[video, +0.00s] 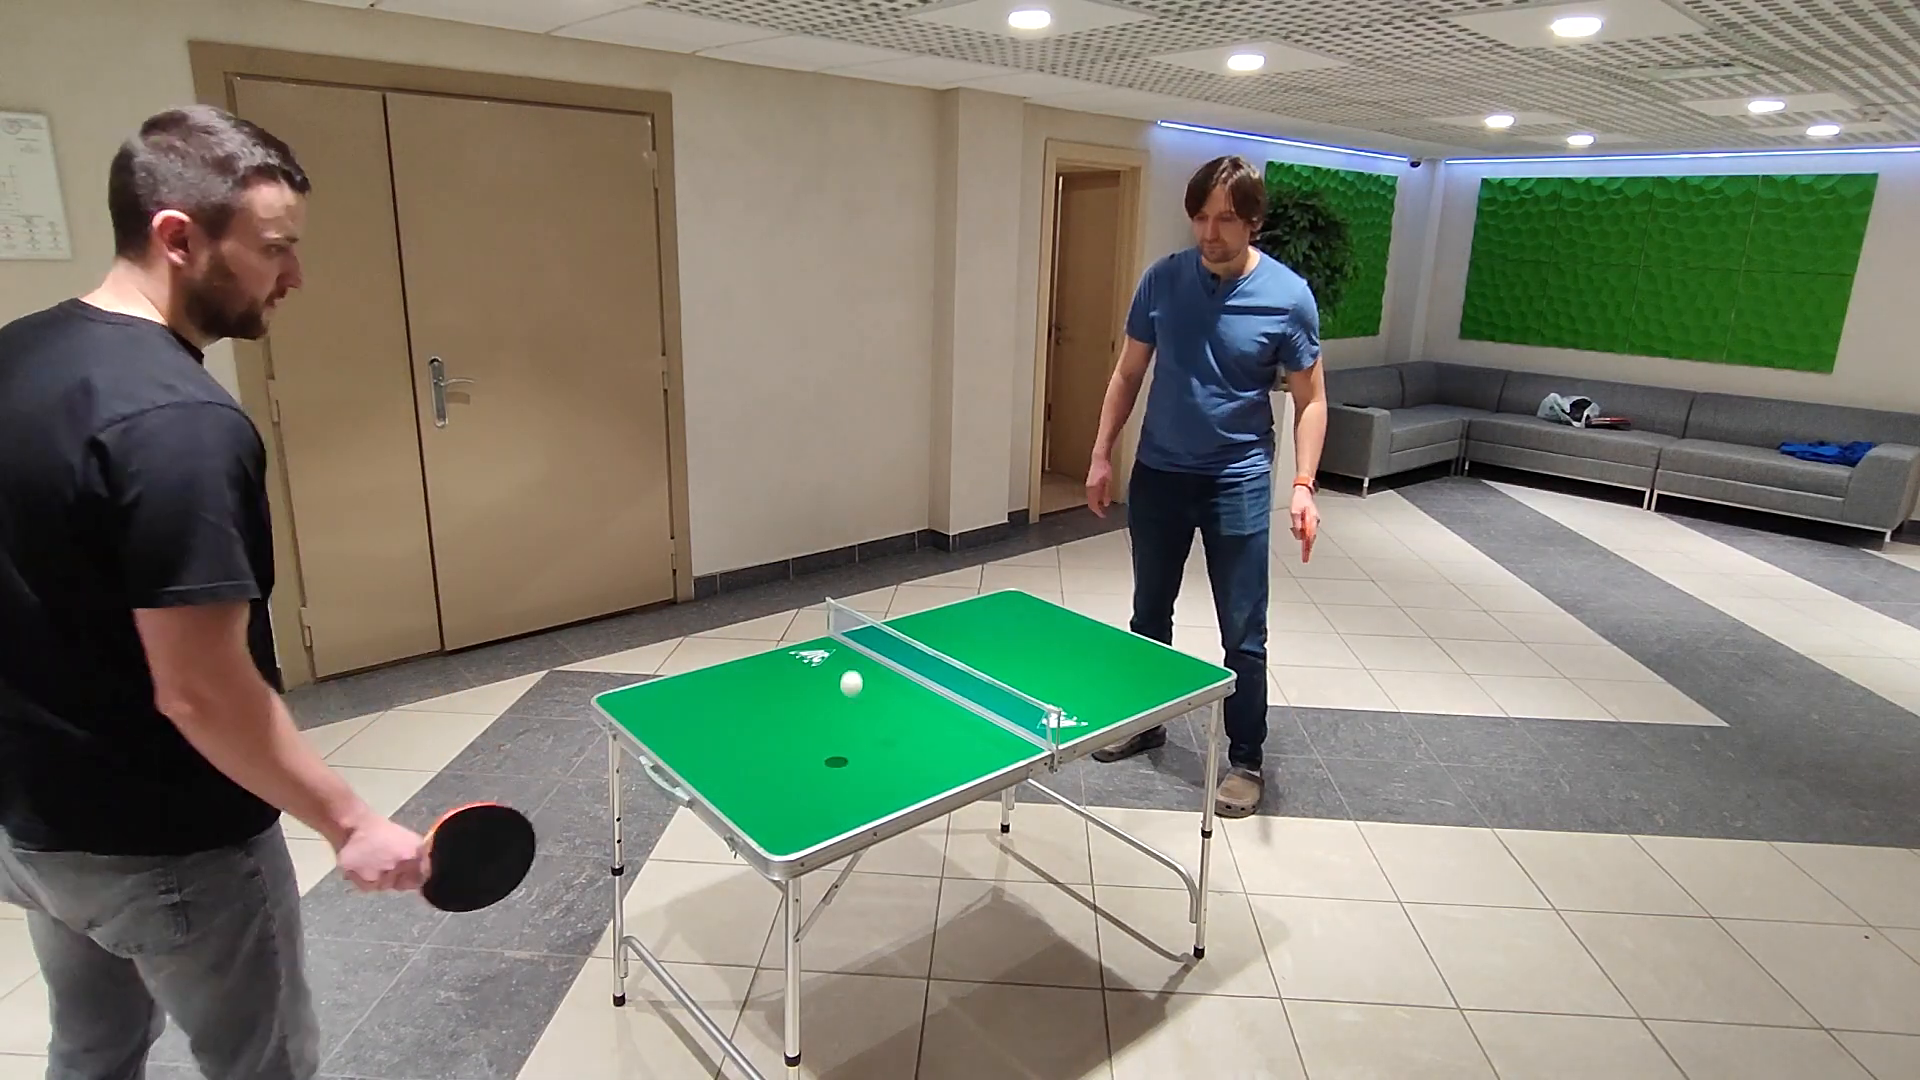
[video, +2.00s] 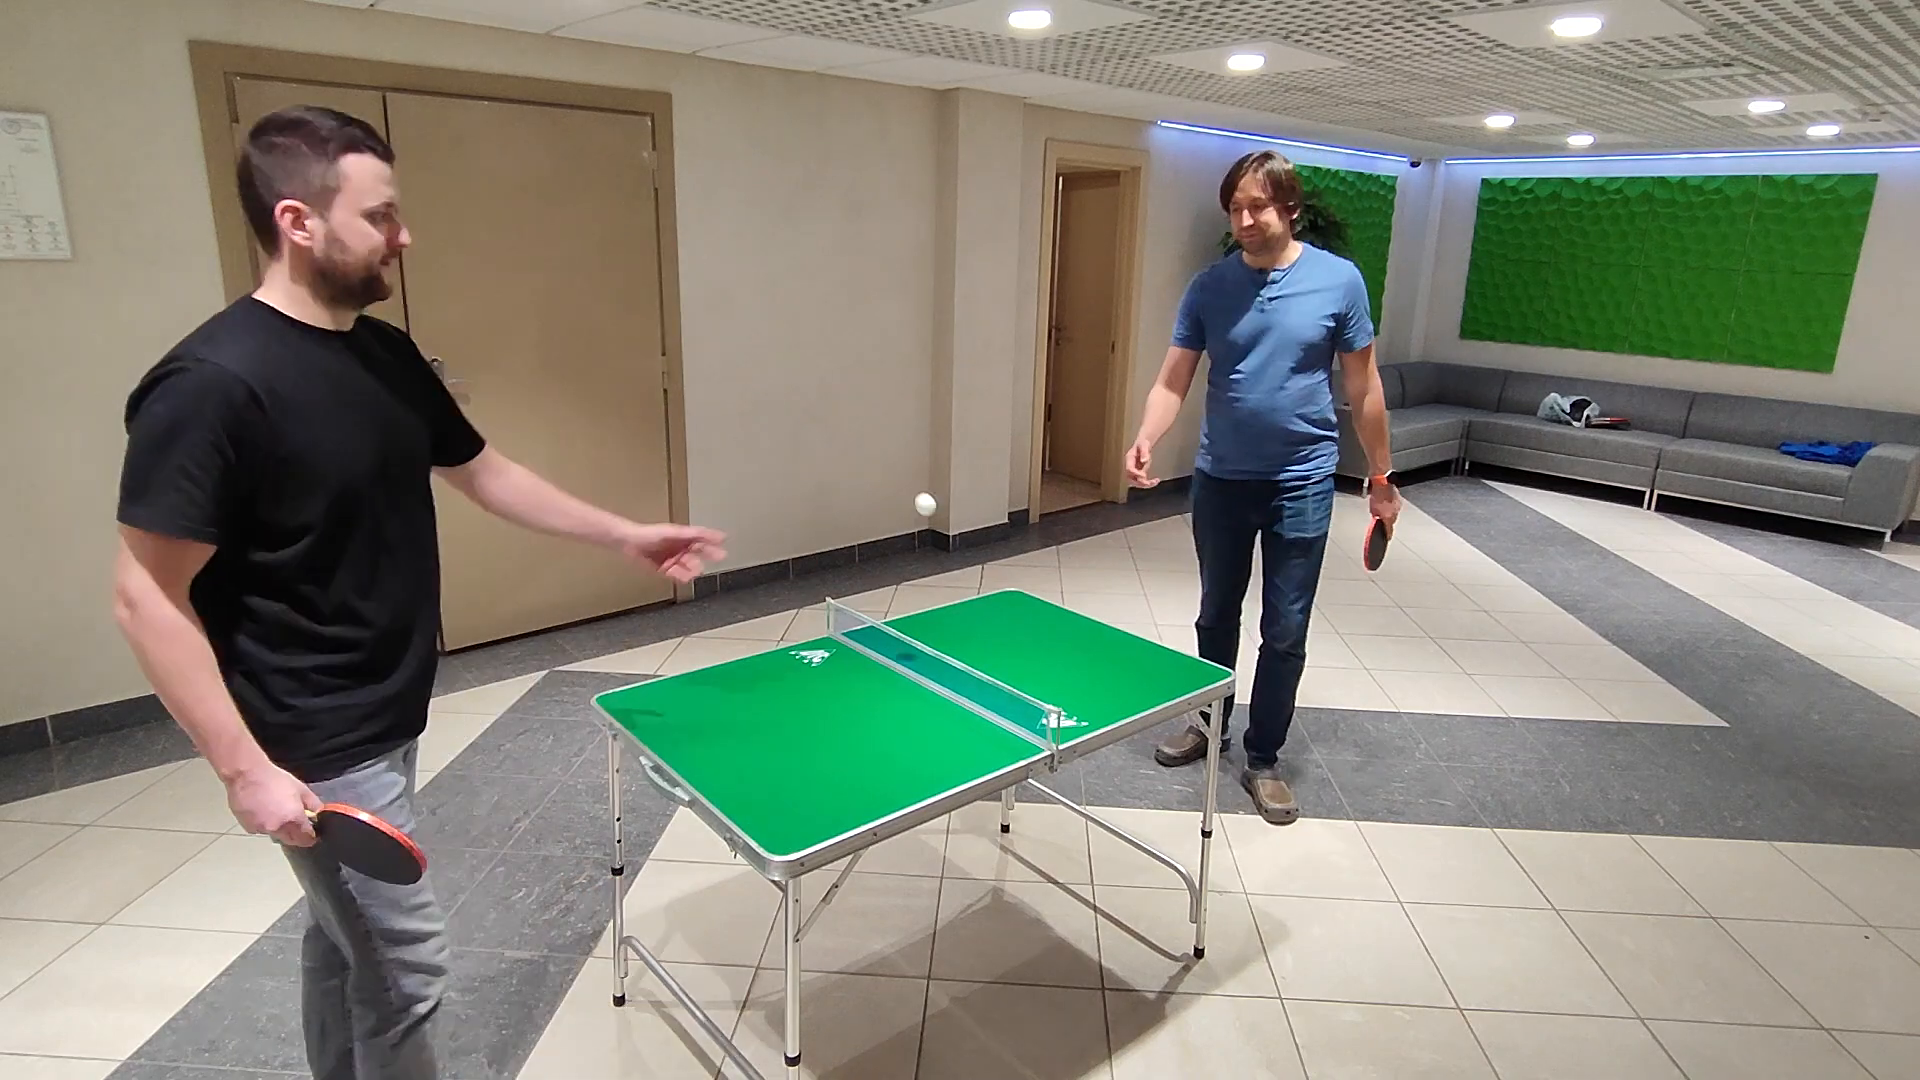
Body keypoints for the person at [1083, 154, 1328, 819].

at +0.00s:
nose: (1210, 231)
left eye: (1226, 219)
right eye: (1202, 217)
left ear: (1254, 221)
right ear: (1191, 215)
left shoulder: (1289, 296)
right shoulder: (1164, 278)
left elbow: (1310, 397)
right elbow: (1128, 371)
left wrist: (1304, 487)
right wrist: (1101, 454)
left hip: (1239, 480)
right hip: (1159, 473)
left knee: (1242, 635)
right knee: (1148, 613)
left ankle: (1244, 764)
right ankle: (1140, 721)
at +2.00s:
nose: (1244, 220)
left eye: (1257, 208)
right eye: (1236, 209)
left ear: (1289, 210)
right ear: (1229, 215)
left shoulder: (1340, 280)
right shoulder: (1212, 284)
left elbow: (1364, 390)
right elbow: (1174, 378)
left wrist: (1381, 480)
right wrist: (1144, 438)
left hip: (1302, 477)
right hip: (1221, 475)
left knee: (1286, 629)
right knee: (1216, 615)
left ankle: (1264, 762)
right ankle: (1209, 723)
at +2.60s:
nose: (1245, 237)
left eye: (1259, 225)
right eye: (1239, 223)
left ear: (1298, 221)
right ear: (1237, 221)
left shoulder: (1347, 279)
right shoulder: (1220, 294)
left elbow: (1371, 384)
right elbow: (1165, 403)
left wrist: (1379, 475)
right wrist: (1102, 481)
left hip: (1313, 490)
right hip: (1229, 488)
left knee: (1290, 642)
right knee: (1190, 632)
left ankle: (1263, 766)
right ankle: (1153, 762)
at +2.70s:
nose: (1230, 238)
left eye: (1242, 226)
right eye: (1224, 226)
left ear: (1284, 220)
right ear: (1221, 223)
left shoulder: (1334, 276)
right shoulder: (1205, 298)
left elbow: (1361, 381)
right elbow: (1157, 414)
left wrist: (1375, 473)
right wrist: (1100, 493)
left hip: (1304, 488)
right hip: (1221, 487)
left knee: (1286, 639)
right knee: (1186, 630)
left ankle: (1263, 764)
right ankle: (1152, 762)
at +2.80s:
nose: (1216, 239)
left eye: (1228, 226)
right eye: (1209, 226)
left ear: (1268, 219)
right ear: (1206, 223)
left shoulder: (1322, 274)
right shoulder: (1191, 299)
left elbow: (1349, 377)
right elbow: (1155, 417)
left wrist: (1364, 468)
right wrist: (1104, 489)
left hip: (1293, 491)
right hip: (1208, 489)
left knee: (1279, 642)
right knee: (1178, 637)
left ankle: (1262, 767)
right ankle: (1152, 763)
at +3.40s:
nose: (1236, 217)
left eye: (1246, 203)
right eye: (1223, 203)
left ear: (1256, 205)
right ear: (1191, 202)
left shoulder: (1266, 278)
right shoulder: (1150, 281)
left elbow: (1322, 369)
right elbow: (1120, 395)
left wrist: (1368, 364)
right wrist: (1191, 392)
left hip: (1237, 483)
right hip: (1156, 486)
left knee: (1258, 637)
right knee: (1150, 634)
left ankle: (1256, 766)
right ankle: (1150, 761)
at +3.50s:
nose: (1247, 216)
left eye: (1254, 203)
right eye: (1235, 203)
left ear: (1259, 204)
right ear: (1196, 202)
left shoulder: (1265, 279)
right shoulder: (1148, 280)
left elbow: (1319, 374)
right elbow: (1113, 392)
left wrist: (1383, 374)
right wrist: (1179, 403)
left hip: (1235, 486)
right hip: (1155, 488)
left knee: (1254, 641)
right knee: (1148, 637)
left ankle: (1253, 767)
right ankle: (1150, 761)